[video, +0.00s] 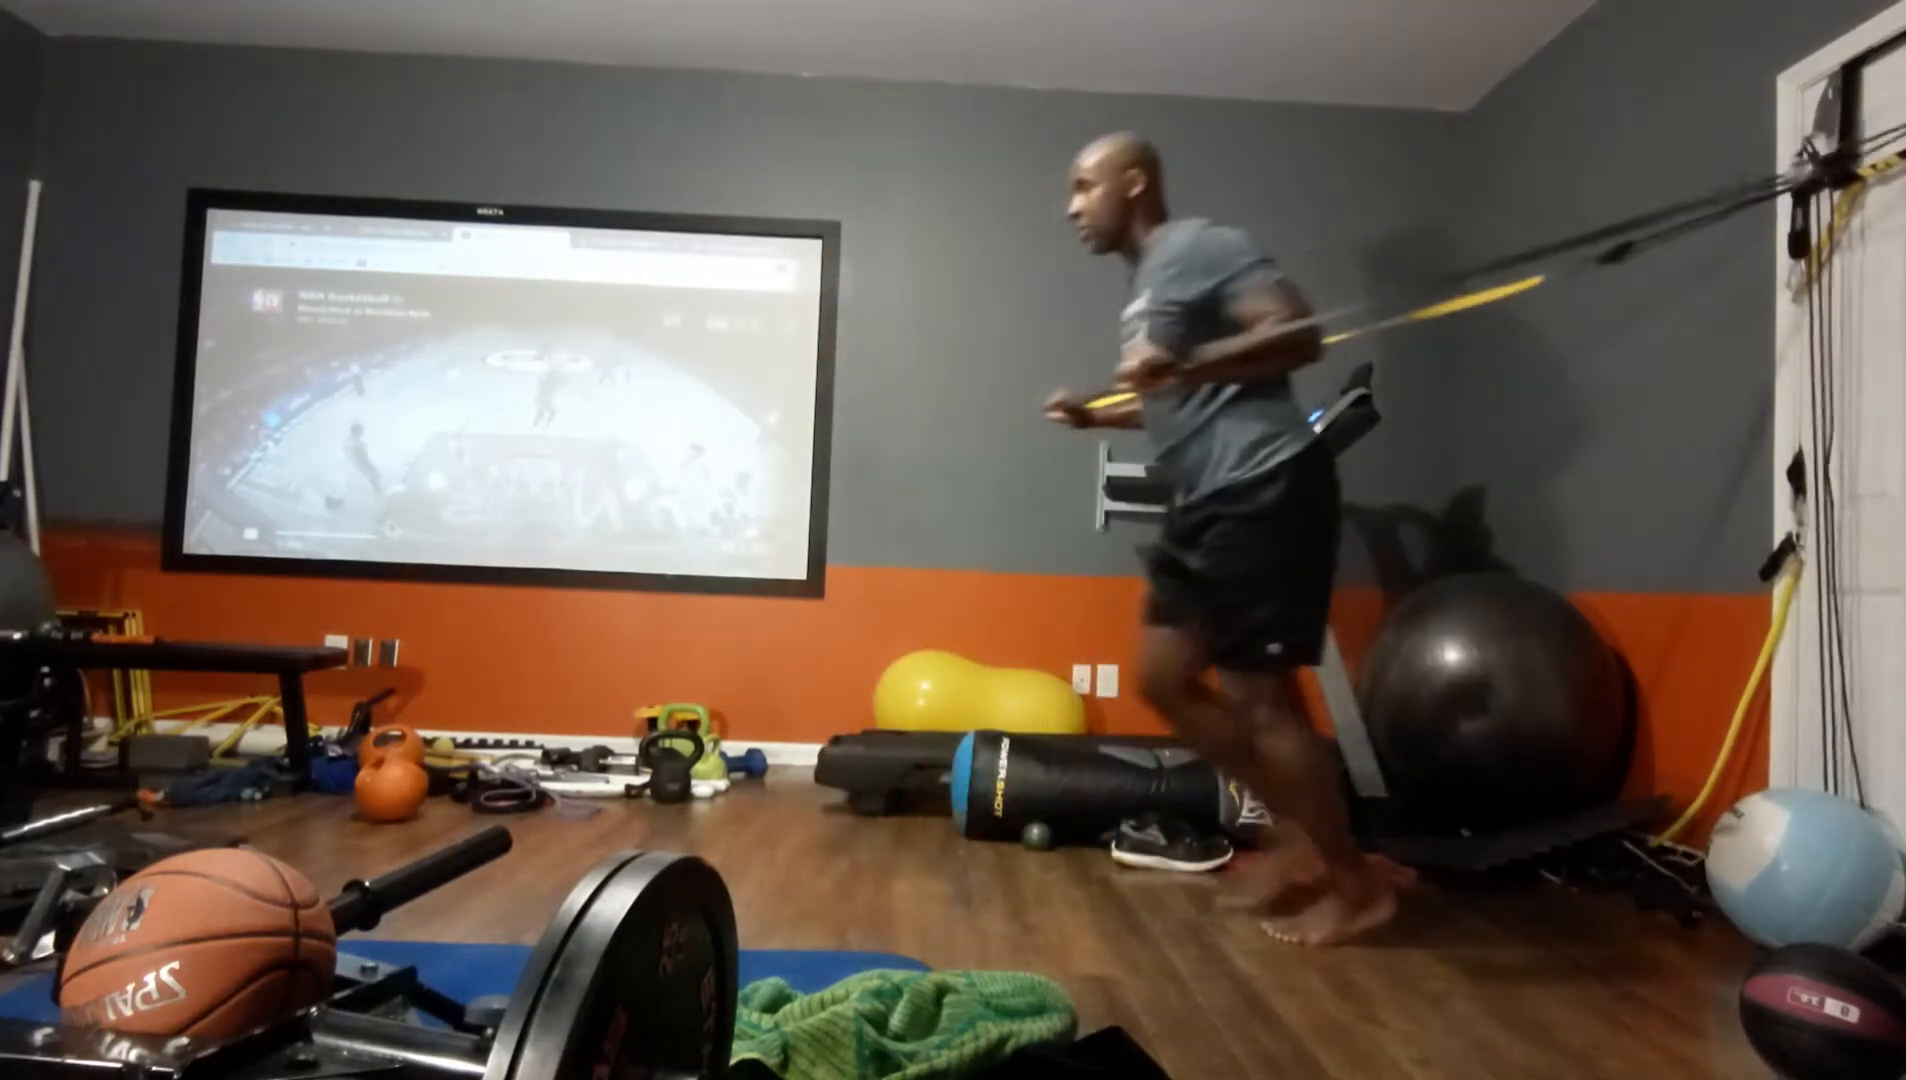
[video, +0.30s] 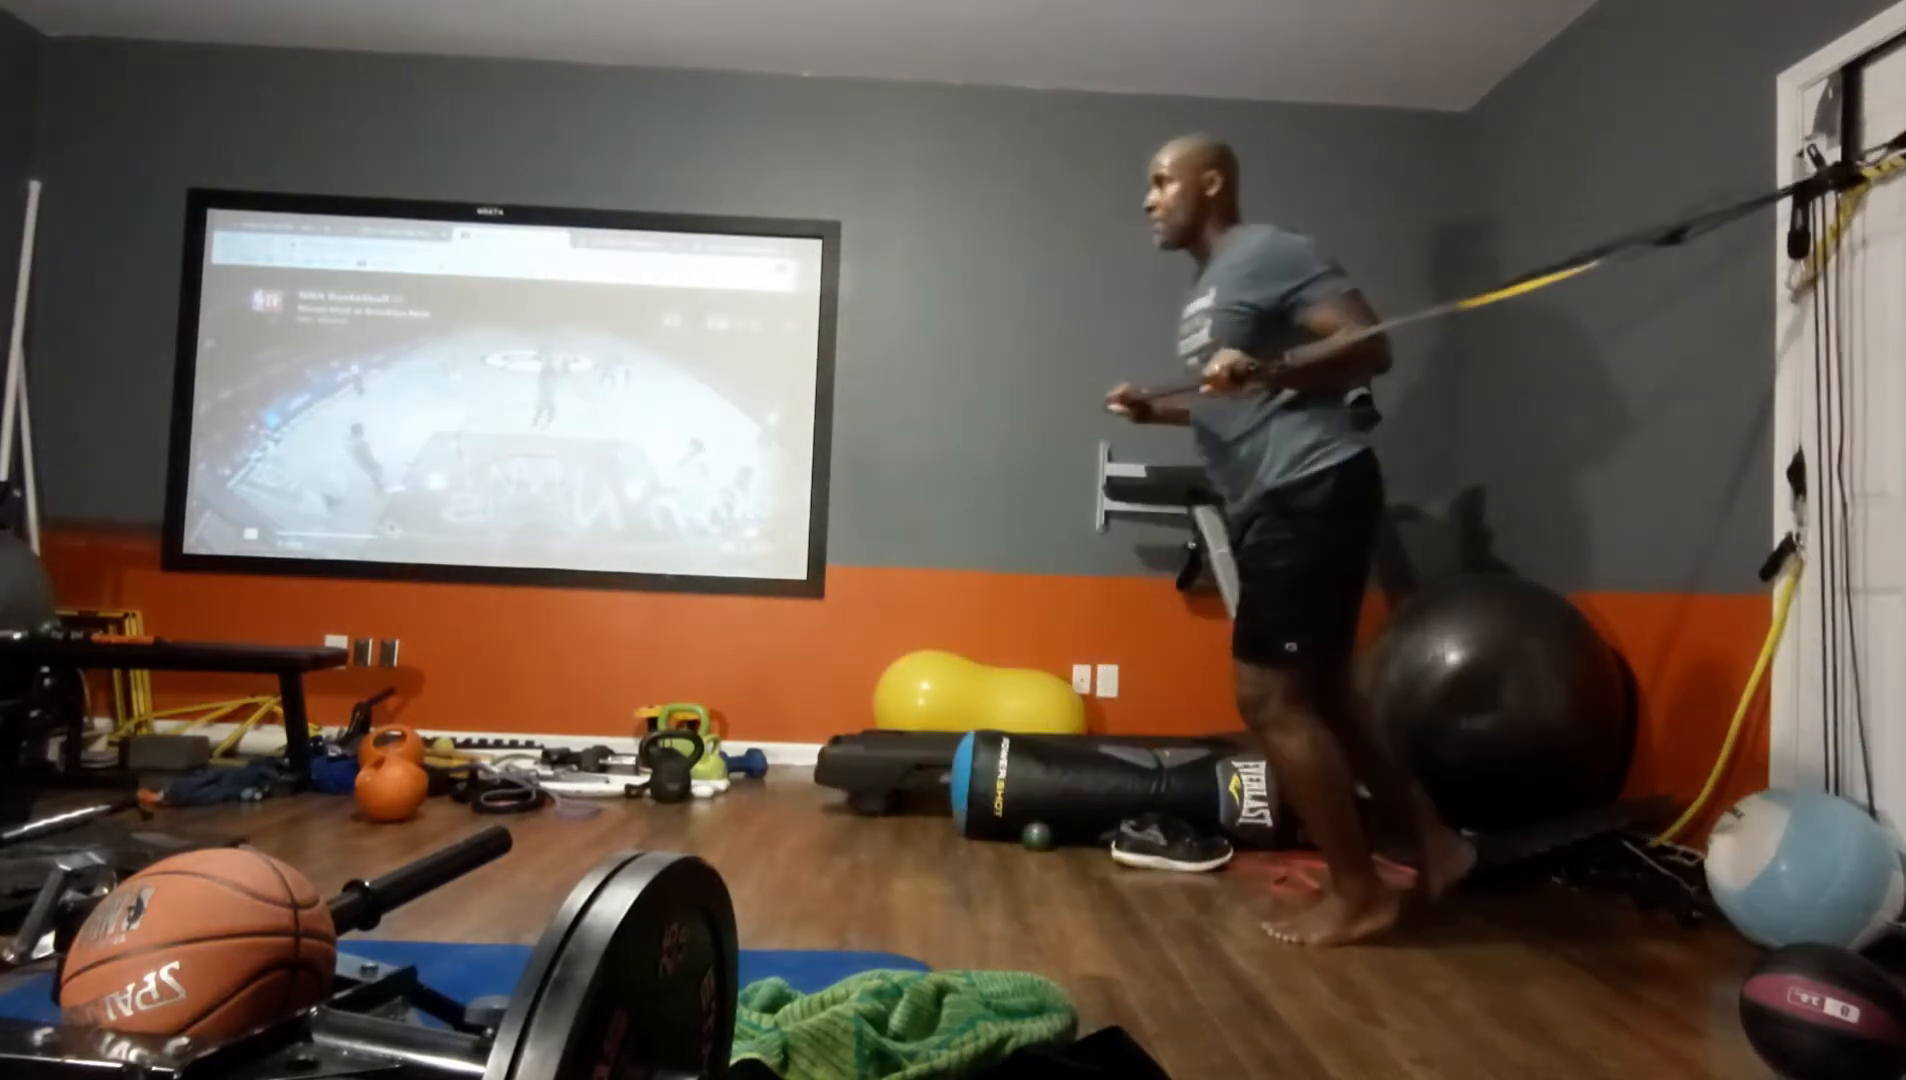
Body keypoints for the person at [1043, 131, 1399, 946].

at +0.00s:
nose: (1072, 205)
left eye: (1084, 187)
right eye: (1071, 191)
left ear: (1137, 184)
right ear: (1122, 193)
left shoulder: (1204, 245)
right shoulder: (1146, 289)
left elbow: (1297, 334)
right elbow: (1172, 404)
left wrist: (1187, 368)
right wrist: (1095, 411)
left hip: (1268, 491)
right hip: (1203, 503)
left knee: (1259, 704)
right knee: (1165, 681)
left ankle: (1358, 884)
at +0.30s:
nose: (1148, 201)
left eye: (1160, 183)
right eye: (1148, 186)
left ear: (1213, 186)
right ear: (1192, 195)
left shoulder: (1269, 252)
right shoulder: (1207, 292)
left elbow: (1368, 344)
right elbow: (1245, 399)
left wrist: (1270, 370)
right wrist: (1161, 405)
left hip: (1316, 488)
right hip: (1281, 495)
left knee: (1272, 700)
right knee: (1317, 690)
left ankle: (1357, 893)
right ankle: (1431, 843)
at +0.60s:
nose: (1155, 207)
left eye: (1167, 190)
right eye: (1154, 194)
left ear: (1218, 188)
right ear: (1201, 198)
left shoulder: (1277, 253)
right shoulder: (1212, 296)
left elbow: (1374, 343)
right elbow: (1252, 397)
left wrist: (1272, 373)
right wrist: (1177, 409)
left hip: (1323, 485)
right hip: (1289, 493)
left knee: (1261, 686)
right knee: (1330, 680)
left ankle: (1355, 889)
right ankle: (1441, 848)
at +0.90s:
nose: (1068, 249)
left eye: (1073, 227)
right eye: (1061, 235)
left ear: (1122, 206)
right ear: (1105, 220)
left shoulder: (1192, 263)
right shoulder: (1132, 306)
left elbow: (1305, 341)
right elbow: (1179, 404)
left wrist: (1209, 376)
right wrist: (1118, 412)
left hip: (1250, 503)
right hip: (1217, 514)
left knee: (1230, 712)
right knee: (1264, 707)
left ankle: (1350, 888)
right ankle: (1404, 828)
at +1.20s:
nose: (921, 287)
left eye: (928, 265)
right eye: (910, 278)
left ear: (964, 251)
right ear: (917, 281)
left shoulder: (1027, 285)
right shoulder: (977, 340)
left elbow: (974, 337)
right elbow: (963, 405)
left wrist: (856, 348)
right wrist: (871, 388)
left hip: (1149, 511)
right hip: (1081, 530)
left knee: (1205, 725)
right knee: (971, 649)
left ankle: (1349, 877)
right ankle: (1001, 850)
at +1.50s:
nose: (723, 375)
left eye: (725, 353)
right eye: (716, 360)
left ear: (761, 329)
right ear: (760, 339)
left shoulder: (835, 350)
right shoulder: (822, 382)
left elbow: (698, 352)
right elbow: (702, 381)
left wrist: (564, 327)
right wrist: (588, 345)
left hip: (1013, 544)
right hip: (943, 559)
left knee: (1084, 742)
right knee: (838, 667)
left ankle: (1273, 861)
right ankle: (860, 871)